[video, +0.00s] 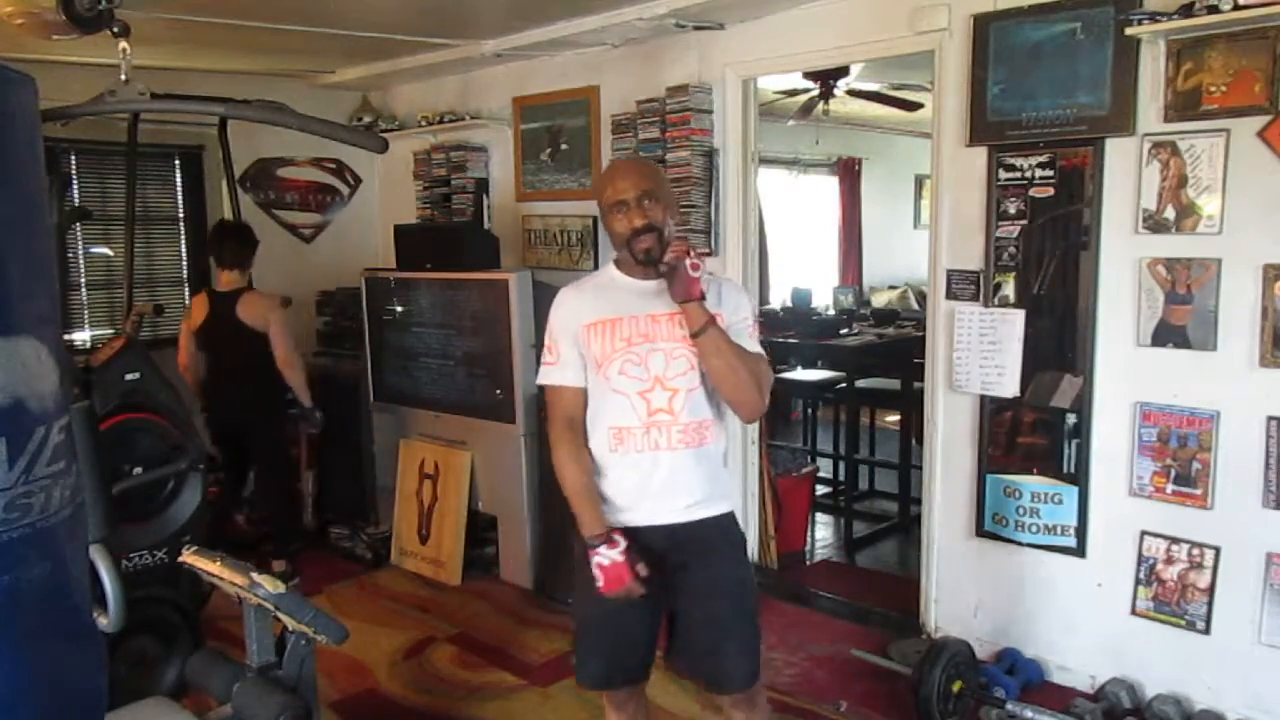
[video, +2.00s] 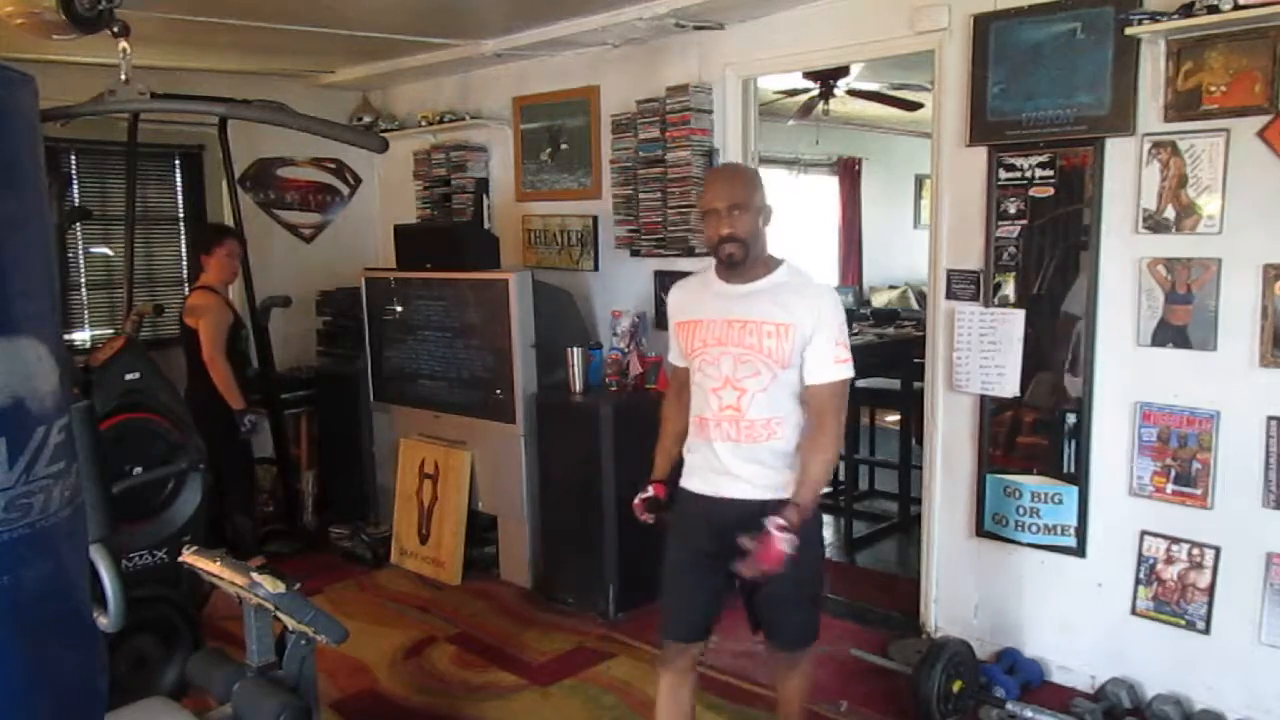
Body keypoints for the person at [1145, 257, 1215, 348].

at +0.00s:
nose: (1180, 274)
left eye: (1183, 270)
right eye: (1177, 270)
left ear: (1188, 273)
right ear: (1172, 273)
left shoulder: (1191, 288)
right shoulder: (1168, 286)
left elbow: (1213, 269)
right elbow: (1151, 265)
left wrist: (1197, 262)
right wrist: (1166, 261)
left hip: (1181, 329)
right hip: (1164, 327)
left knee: (1189, 357)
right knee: (1154, 356)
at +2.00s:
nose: (1180, 272)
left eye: (1183, 269)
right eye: (1177, 269)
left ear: (1188, 273)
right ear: (1174, 272)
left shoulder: (1192, 287)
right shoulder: (1168, 286)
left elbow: (1213, 268)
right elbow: (1151, 266)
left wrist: (1196, 263)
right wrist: (1166, 261)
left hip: (1182, 329)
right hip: (1165, 327)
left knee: (1190, 358)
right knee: (1155, 355)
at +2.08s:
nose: (1180, 272)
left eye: (1183, 269)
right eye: (1177, 269)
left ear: (1188, 272)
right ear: (1173, 272)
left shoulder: (1192, 287)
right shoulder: (1168, 286)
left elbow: (1212, 268)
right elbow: (1151, 266)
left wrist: (1195, 262)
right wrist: (1166, 261)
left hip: (1182, 329)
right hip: (1165, 327)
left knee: (1190, 357)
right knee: (1155, 355)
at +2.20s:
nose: (1180, 272)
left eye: (1183, 269)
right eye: (1177, 269)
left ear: (1188, 273)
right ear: (1174, 272)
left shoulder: (1192, 287)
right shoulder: (1168, 286)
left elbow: (1212, 268)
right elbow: (1151, 266)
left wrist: (1195, 263)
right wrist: (1166, 261)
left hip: (1182, 329)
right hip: (1165, 327)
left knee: (1190, 357)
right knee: (1155, 355)